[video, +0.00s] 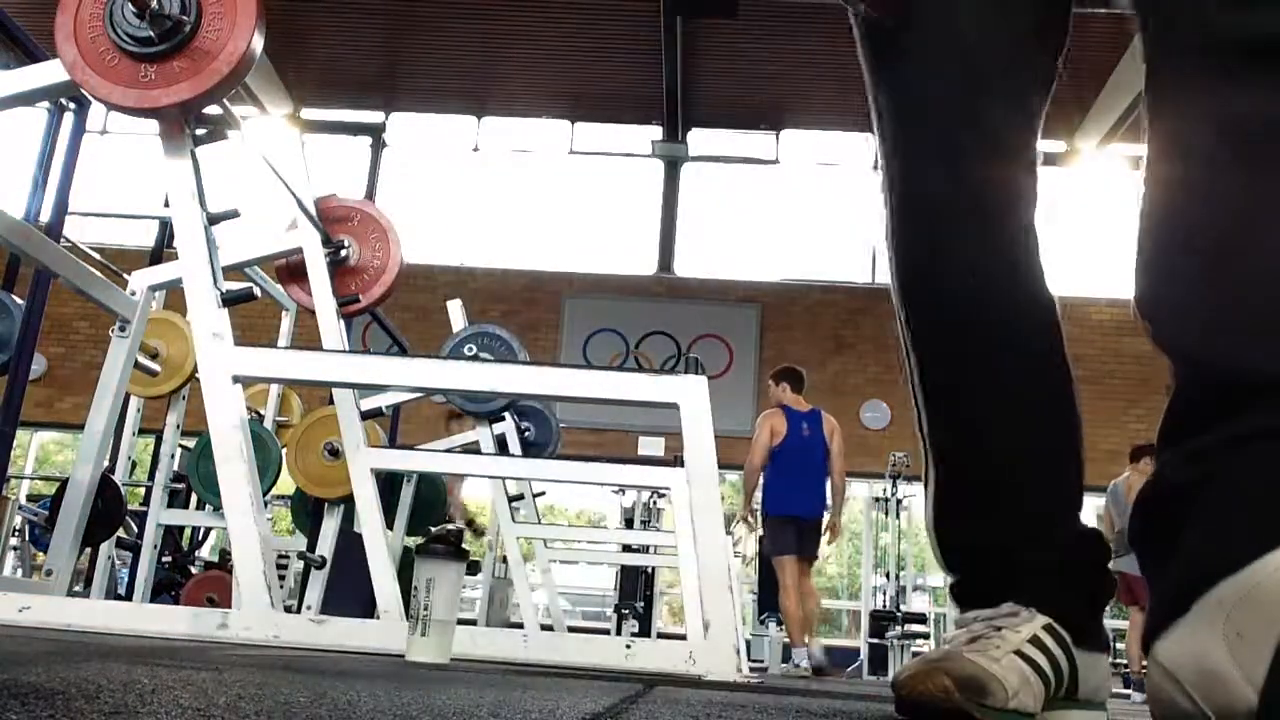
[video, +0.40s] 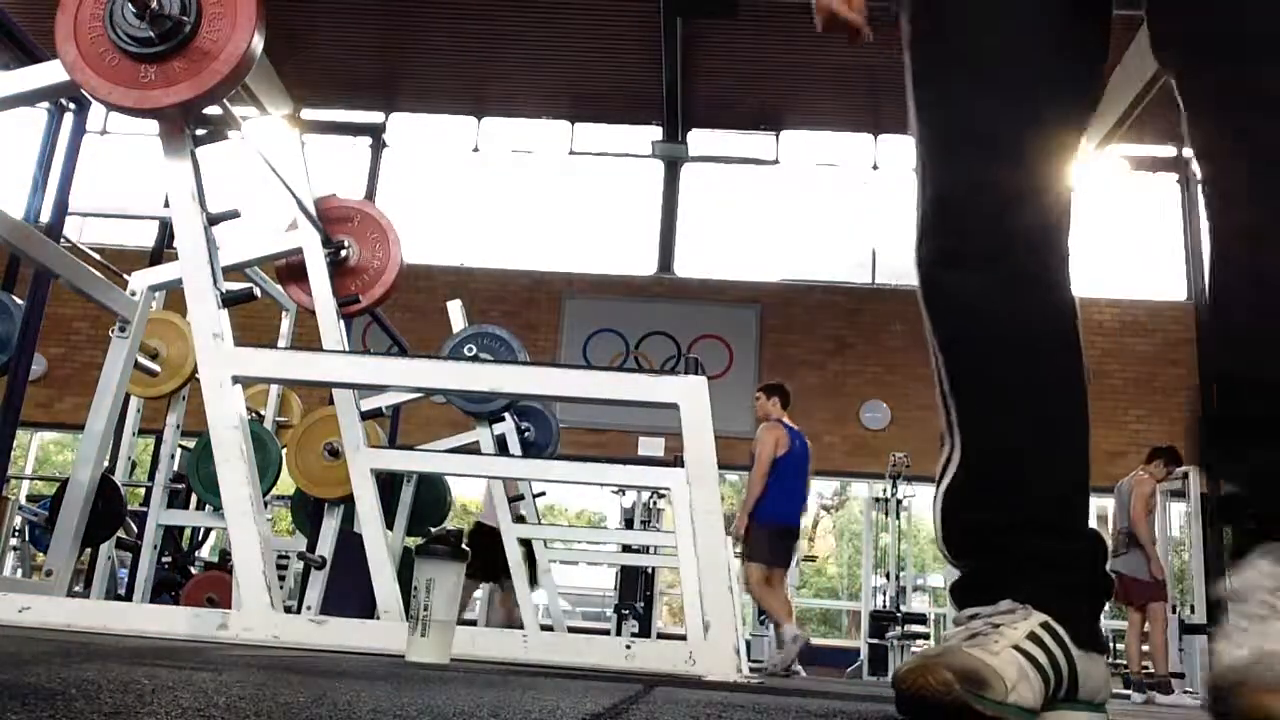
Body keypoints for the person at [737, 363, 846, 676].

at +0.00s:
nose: (770, 395)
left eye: (771, 389)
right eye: (770, 390)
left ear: (783, 387)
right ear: (800, 389)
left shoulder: (771, 418)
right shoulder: (829, 422)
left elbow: (754, 464)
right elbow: (838, 473)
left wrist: (747, 503)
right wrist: (836, 513)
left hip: (780, 513)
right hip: (813, 514)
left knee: (788, 584)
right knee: (804, 577)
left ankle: (799, 657)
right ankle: (813, 646)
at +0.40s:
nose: (755, 406)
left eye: (759, 400)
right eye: (756, 400)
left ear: (774, 402)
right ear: (780, 404)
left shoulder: (769, 430)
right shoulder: (799, 436)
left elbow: (760, 474)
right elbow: (801, 484)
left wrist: (743, 513)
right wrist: (793, 513)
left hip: (768, 516)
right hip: (790, 518)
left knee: (755, 581)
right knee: (777, 583)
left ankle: (790, 631)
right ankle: (786, 656)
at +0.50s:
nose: (750, 406)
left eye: (753, 401)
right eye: (750, 401)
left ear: (769, 403)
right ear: (774, 405)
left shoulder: (766, 430)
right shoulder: (792, 435)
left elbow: (760, 474)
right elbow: (788, 483)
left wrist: (746, 512)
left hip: (762, 517)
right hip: (783, 520)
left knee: (743, 580)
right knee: (775, 584)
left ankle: (776, 630)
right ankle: (783, 654)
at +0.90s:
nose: (712, 412)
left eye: (716, 407)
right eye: (713, 408)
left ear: (732, 411)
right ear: (732, 412)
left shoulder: (736, 439)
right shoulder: (735, 439)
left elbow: (735, 479)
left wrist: (720, 512)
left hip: (733, 523)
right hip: (737, 523)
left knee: (741, 587)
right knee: (743, 588)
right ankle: (775, 645)